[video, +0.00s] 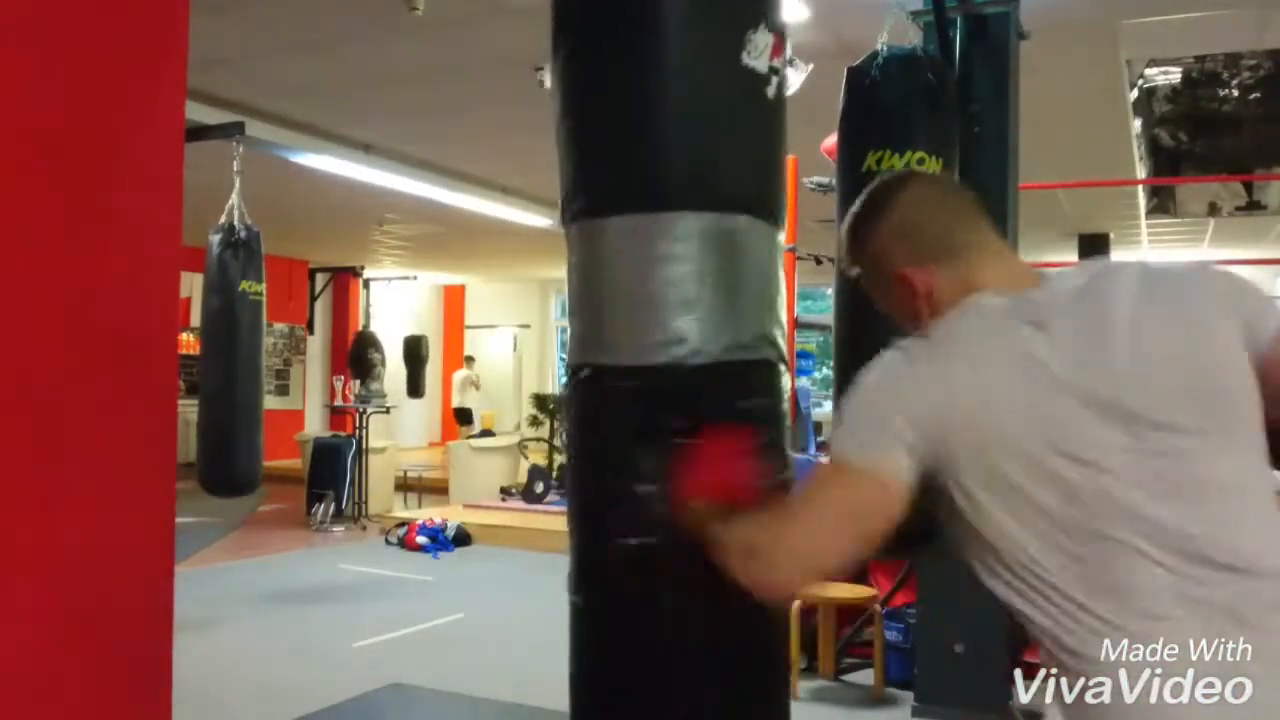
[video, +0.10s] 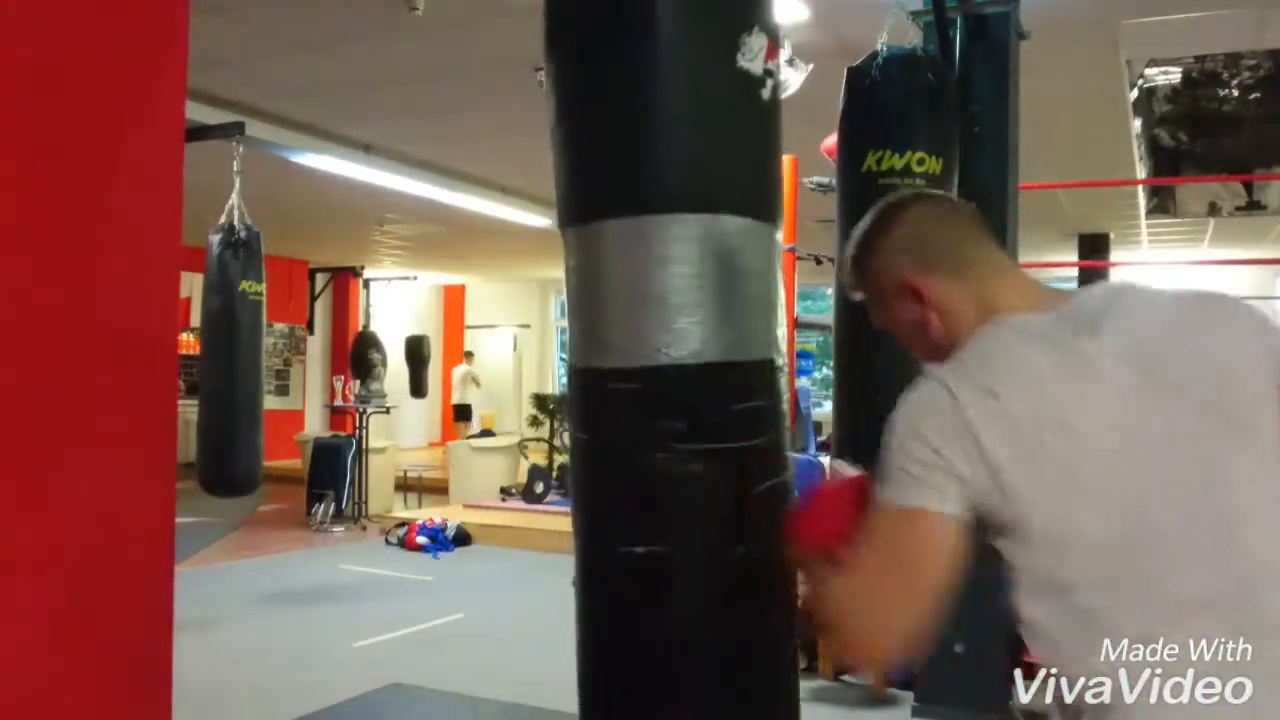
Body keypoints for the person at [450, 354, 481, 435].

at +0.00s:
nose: (473, 366)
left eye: (473, 363)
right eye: (472, 363)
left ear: (465, 362)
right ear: (470, 363)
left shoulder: (456, 374)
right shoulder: (468, 374)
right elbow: (477, 387)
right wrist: (478, 378)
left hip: (455, 404)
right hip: (464, 404)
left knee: (461, 428)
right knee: (469, 428)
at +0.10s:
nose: (472, 361)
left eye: (472, 359)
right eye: (471, 359)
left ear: (464, 358)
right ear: (469, 358)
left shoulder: (455, 369)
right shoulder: (468, 370)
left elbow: (454, 382)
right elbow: (478, 383)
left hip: (455, 399)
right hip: (465, 399)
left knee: (458, 423)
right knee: (467, 423)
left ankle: (460, 440)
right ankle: (463, 440)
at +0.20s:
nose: (472, 359)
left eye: (472, 356)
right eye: (471, 356)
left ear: (463, 355)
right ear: (468, 356)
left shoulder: (455, 366)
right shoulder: (469, 367)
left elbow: (455, 379)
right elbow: (477, 382)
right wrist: (474, 375)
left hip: (454, 396)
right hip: (465, 397)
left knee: (457, 420)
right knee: (469, 420)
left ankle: (453, 439)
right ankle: (464, 438)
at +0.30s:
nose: (471, 360)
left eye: (471, 358)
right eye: (470, 358)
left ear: (462, 358)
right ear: (469, 358)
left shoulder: (454, 369)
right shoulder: (469, 371)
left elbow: (454, 381)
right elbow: (476, 385)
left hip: (453, 400)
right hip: (465, 400)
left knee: (454, 423)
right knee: (472, 421)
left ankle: (451, 440)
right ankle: (468, 439)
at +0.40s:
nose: (471, 365)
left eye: (471, 362)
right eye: (471, 362)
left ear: (462, 362)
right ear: (470, 363)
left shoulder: (454, 375)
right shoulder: (470, 375)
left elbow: (454, 387)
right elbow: (477, 390)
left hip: (453, 405)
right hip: (466, 405)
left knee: (453, 426)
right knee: (474, 426)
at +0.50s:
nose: (474, 364)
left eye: (473, 362)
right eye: (473, 362)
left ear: (464, 362)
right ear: (471, 362)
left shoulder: (457, 375)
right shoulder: (473, 375)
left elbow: (453, 389)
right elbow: (481, 390)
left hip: (457, 407)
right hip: (470, 406)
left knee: (456, 427)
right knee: (476, 427)